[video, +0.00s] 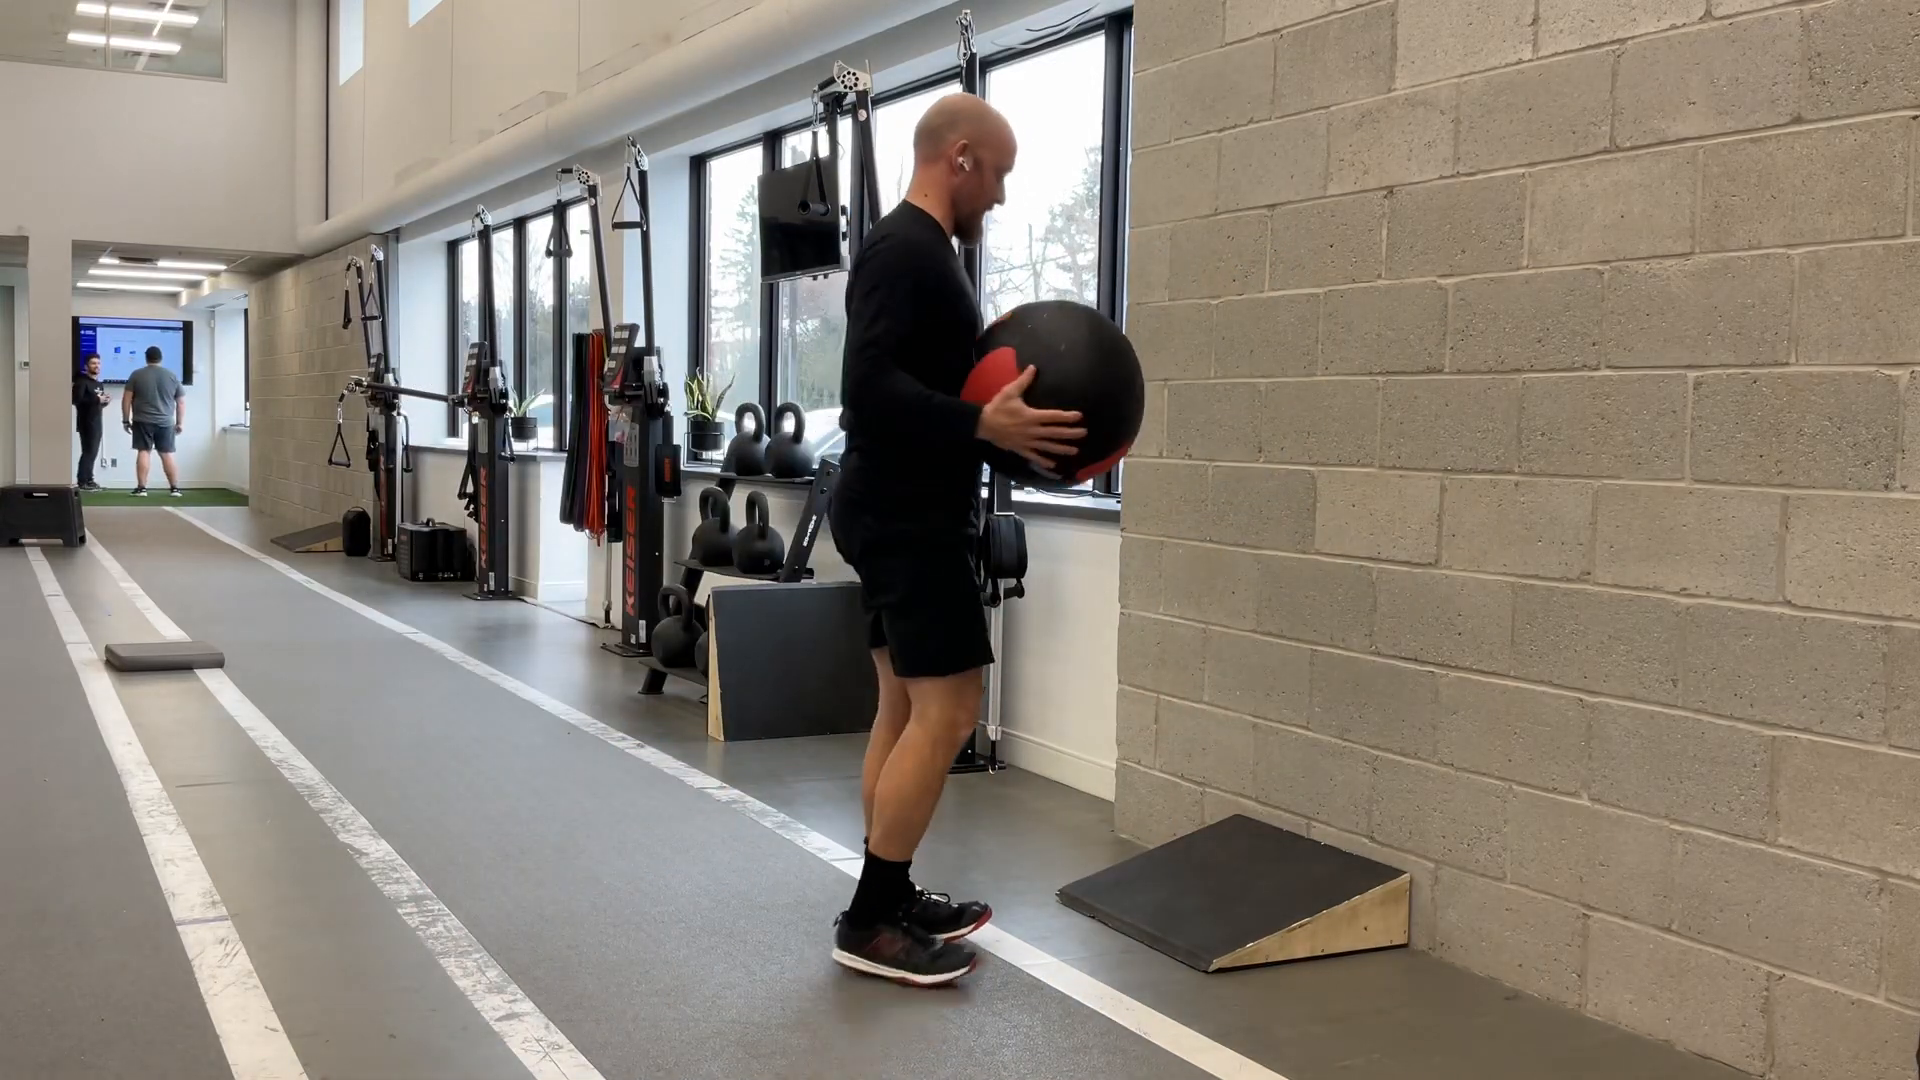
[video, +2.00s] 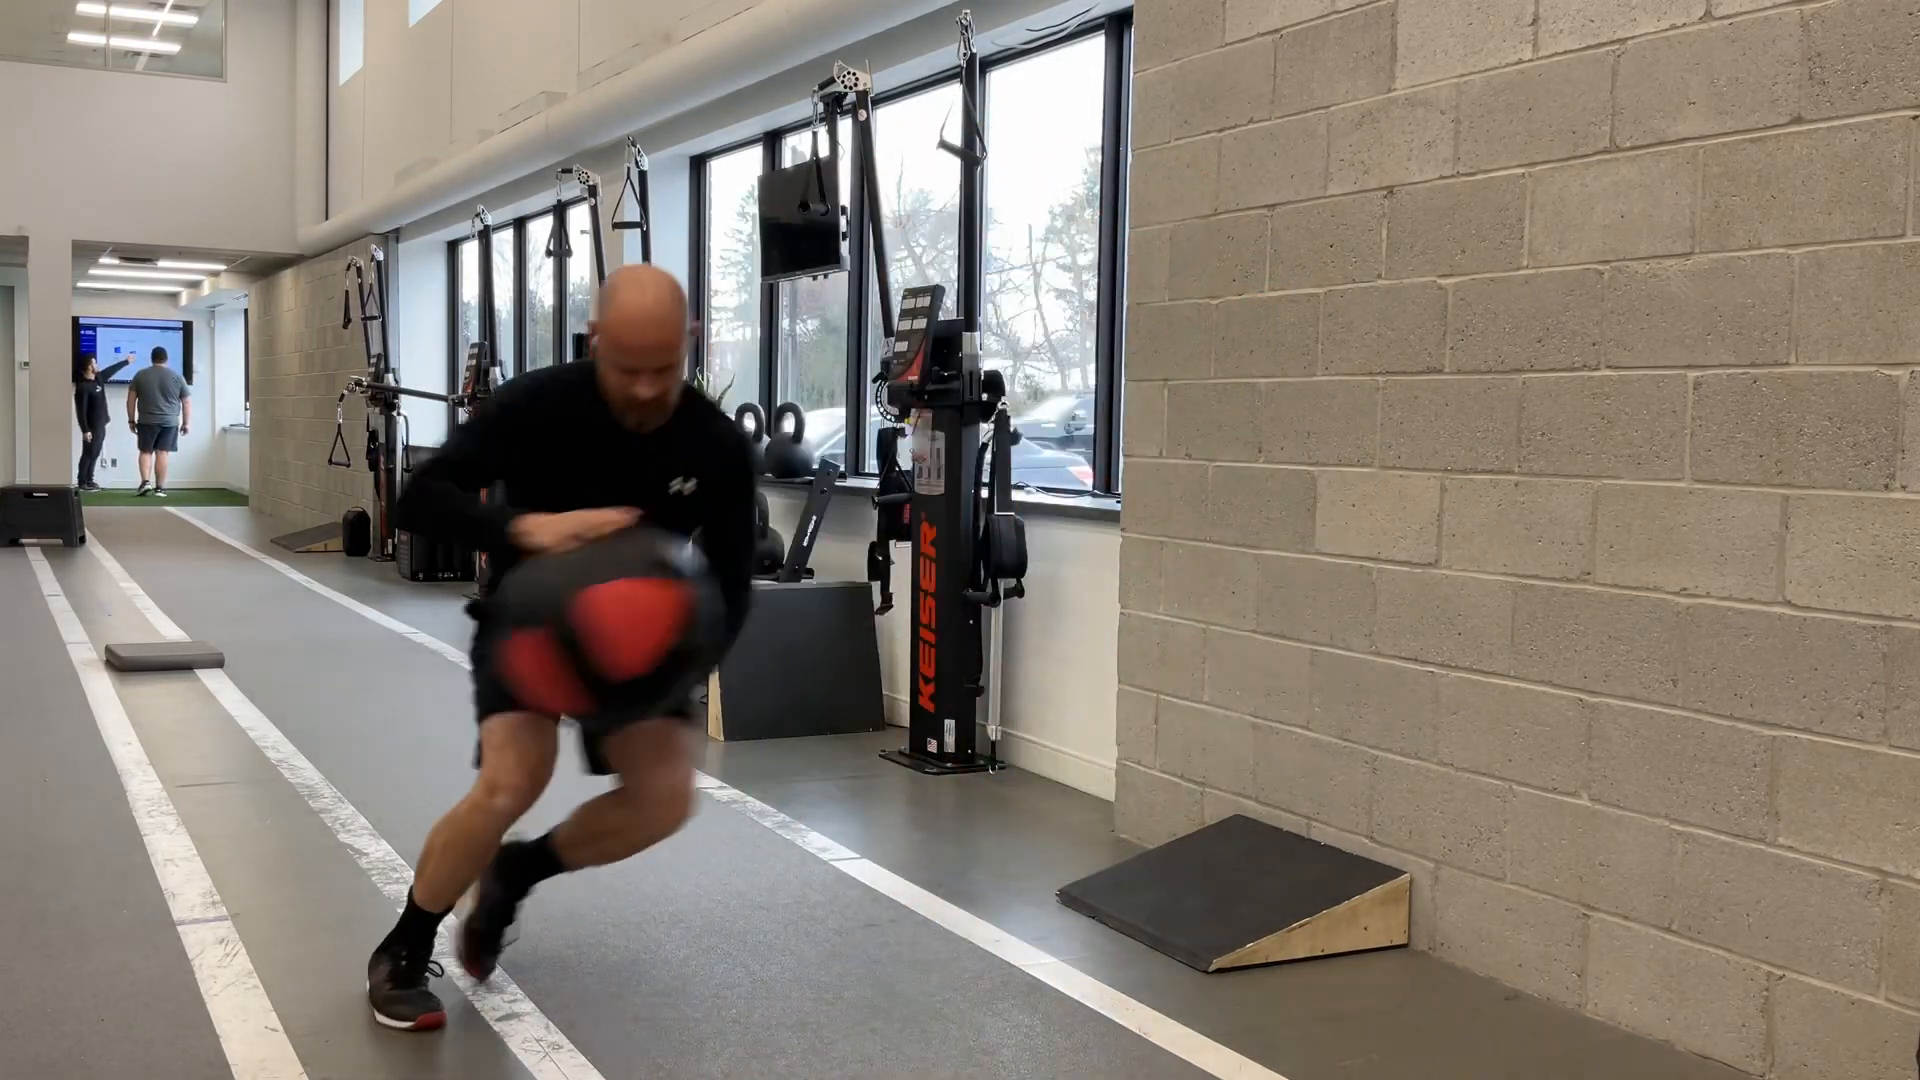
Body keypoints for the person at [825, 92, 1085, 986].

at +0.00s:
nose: (1000, 194)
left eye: (1003, 177)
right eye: (997, 174)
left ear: (948, 160)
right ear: (956, 162)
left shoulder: (926, 249)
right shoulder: (905, 250)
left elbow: (948, 382)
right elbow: (872, 390)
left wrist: (1053, 424)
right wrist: (981, 420)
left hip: (902, 507)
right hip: (908, 512)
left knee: (903, 708)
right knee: (948, 710)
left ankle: (891, 896)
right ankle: (870, 920)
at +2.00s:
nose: (645, 389)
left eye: (663, 371)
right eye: (627, 370)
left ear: (691, 347)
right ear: (593, 344)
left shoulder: (717, 446)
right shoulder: (535, 407)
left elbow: (733, 585)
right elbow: (421, 497)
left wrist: (683, 658)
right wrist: (519, 527)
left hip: (640, 632)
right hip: (528, 616)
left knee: (663, 801)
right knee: (513, 781)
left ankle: (516, 869)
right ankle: (406, 949)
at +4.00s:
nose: (1209, 228)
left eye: (1215, 212)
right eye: (1204, 210)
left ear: (1161, 196)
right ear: (1155, 193)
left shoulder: (1148, 282)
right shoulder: (1084, 281)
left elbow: (1147, 405)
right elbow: (1104, 410)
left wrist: (1237, 426)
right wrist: (1196, 382)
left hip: (1123, 503)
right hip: (1051, 509)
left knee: (1165, 667)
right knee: (1075, 696)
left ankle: (1153, 841)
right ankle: (988, 896)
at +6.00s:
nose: (565, 443)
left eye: (582, 427)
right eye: (547, 425)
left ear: (607, 395)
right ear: (506, 383)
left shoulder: (626, 474)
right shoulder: (459, 407)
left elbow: (609, 616)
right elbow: (283, 397)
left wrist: (516, 651)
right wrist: (339, 452)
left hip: (579, 629)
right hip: (457, 634)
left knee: (699, 746)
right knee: (447, 780)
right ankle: (345, 965)